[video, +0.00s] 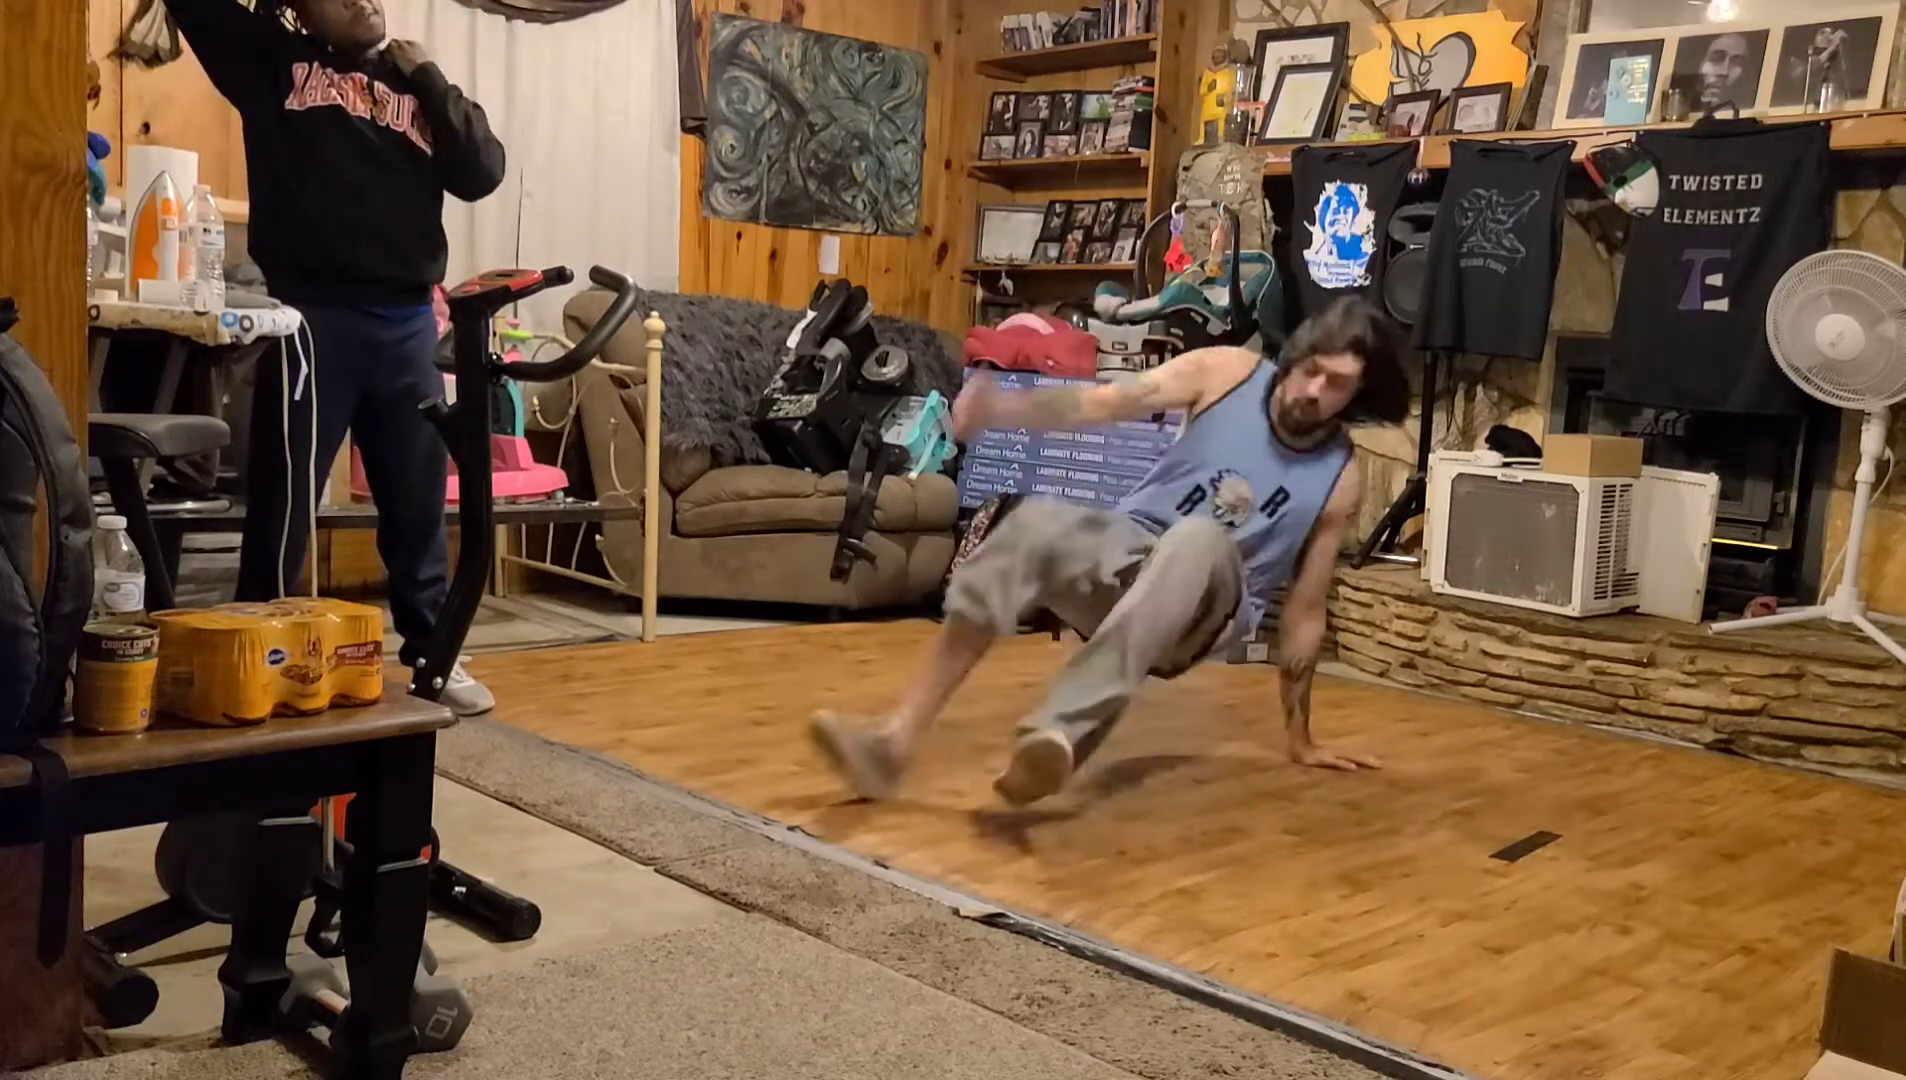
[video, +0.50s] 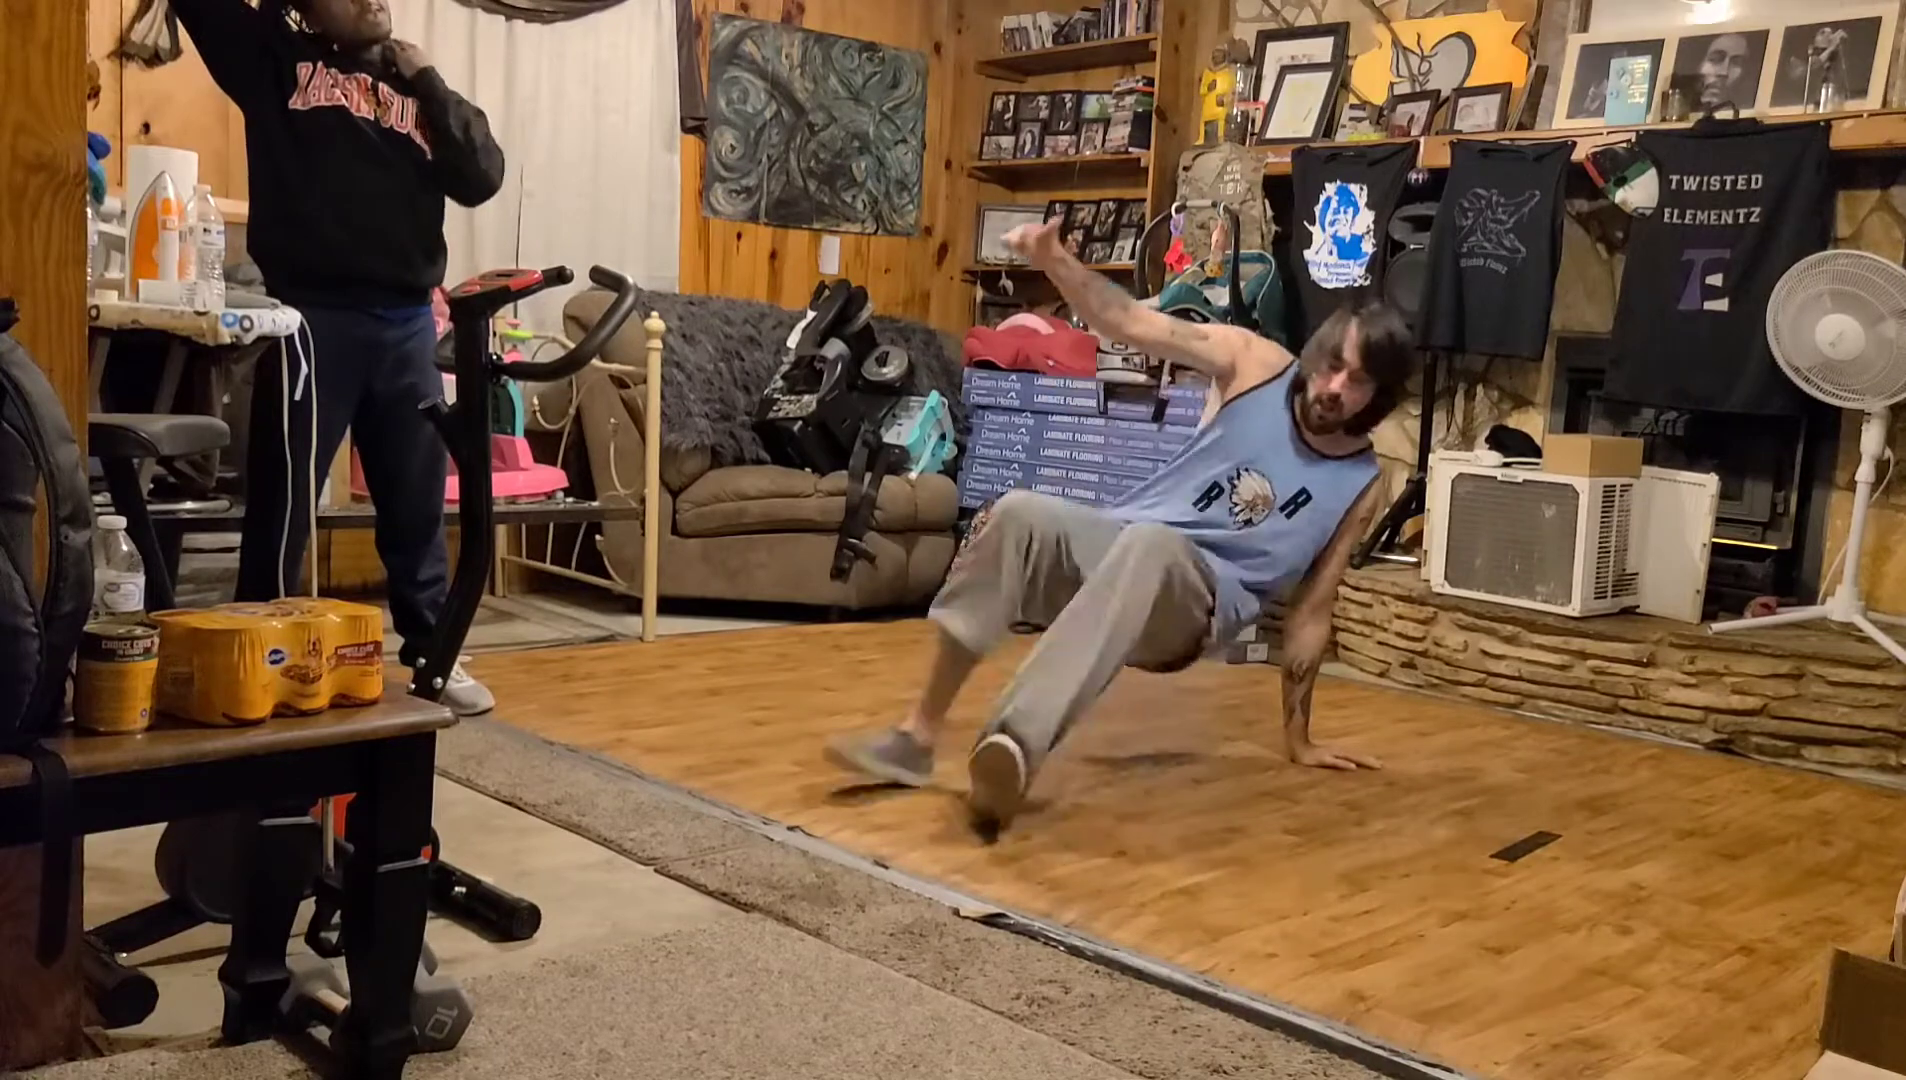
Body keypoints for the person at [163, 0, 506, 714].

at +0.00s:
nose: (366, 5)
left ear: (375, 7)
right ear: (300, 10)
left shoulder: (418, 84)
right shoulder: (270, 60)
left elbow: (481, 175)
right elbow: (191, 2)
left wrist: (429, 82)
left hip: (405, 323)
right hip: (308, 317)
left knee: (417, 502)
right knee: (284, 503)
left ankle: (434, 657)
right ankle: (259, 662)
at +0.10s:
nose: (366, 1)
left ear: (379, 6)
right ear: (300, 10)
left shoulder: (422, 87)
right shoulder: (271, 59)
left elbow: (481, 180)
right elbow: (192, 2)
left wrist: (432, 82)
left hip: (405, 323)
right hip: (308, 318)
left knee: (417, 503)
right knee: (284, 504)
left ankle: (434, 657)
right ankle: (258, 663)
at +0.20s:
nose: (368, 3)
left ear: (378, 6)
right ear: (304, 11)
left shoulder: (420, 85)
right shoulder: (271, 58)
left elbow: (481, 170)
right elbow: (194, 1)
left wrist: (438, 69)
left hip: (405, 322)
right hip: (308, 318)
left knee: (417, 502)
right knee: (284, 504)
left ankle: (433, 658)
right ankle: (260, 662)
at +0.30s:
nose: (370, 4)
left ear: (379, 9)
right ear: (306, 10)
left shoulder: (420, 84)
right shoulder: (271, 57)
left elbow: (486, 156)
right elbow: (195, 1)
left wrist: (434, 57)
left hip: (405, 322)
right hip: (309, 318)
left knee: (417, 502)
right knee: (284, 504)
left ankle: (432, 658)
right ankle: (259, 662)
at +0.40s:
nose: (360, 6)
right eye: (341, 0)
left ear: (373, 8)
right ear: (304, 10)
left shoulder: (420, 83)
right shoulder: (272, 56)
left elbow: (489, 154)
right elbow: (196, 2)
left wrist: (415, 62)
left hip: (405, 322)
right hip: (309, 318)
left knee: (416, 502)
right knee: (283, 504)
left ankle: (432, 659)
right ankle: (261, 663)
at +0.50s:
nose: (374, 2)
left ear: (383, 7)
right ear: (306, 8)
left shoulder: (418, 87)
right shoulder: (273, 58)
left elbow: (481, 180)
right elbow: (195, 0)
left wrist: (429, 85)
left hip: (405, 323)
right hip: (308, 319)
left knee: (416, 502)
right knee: (283, 503)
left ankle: (432, 658)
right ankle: (259, 663)